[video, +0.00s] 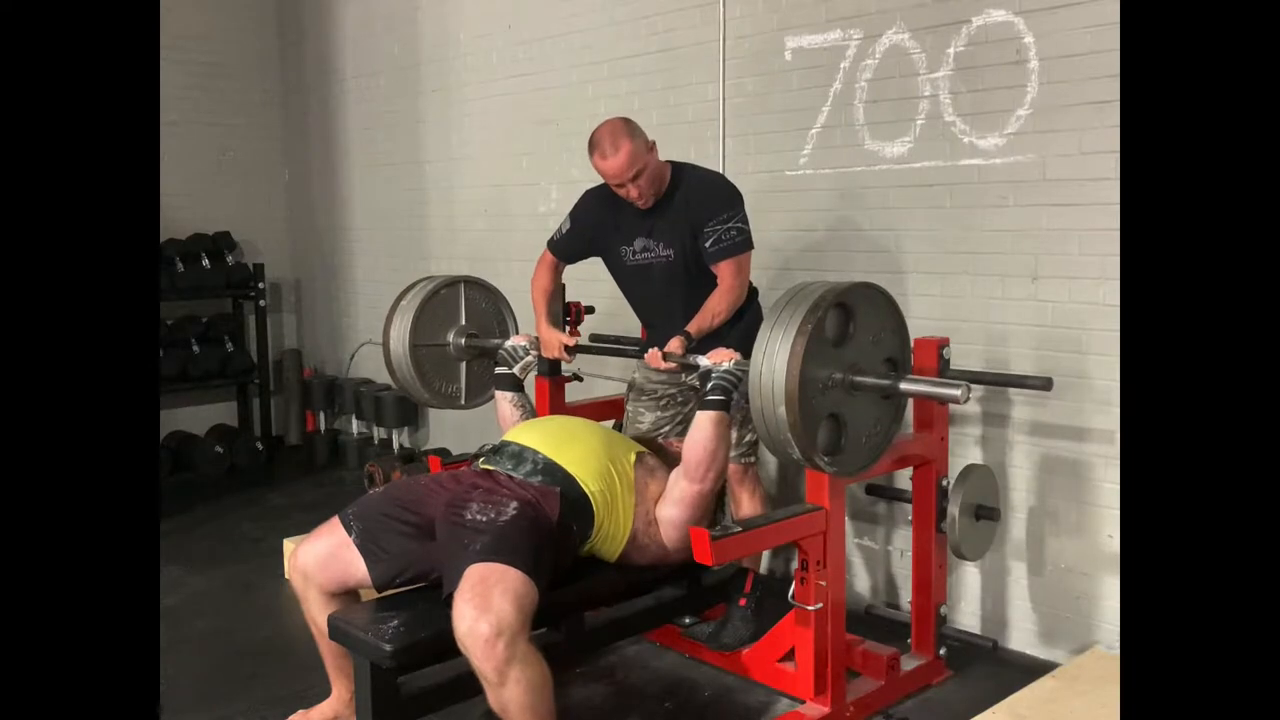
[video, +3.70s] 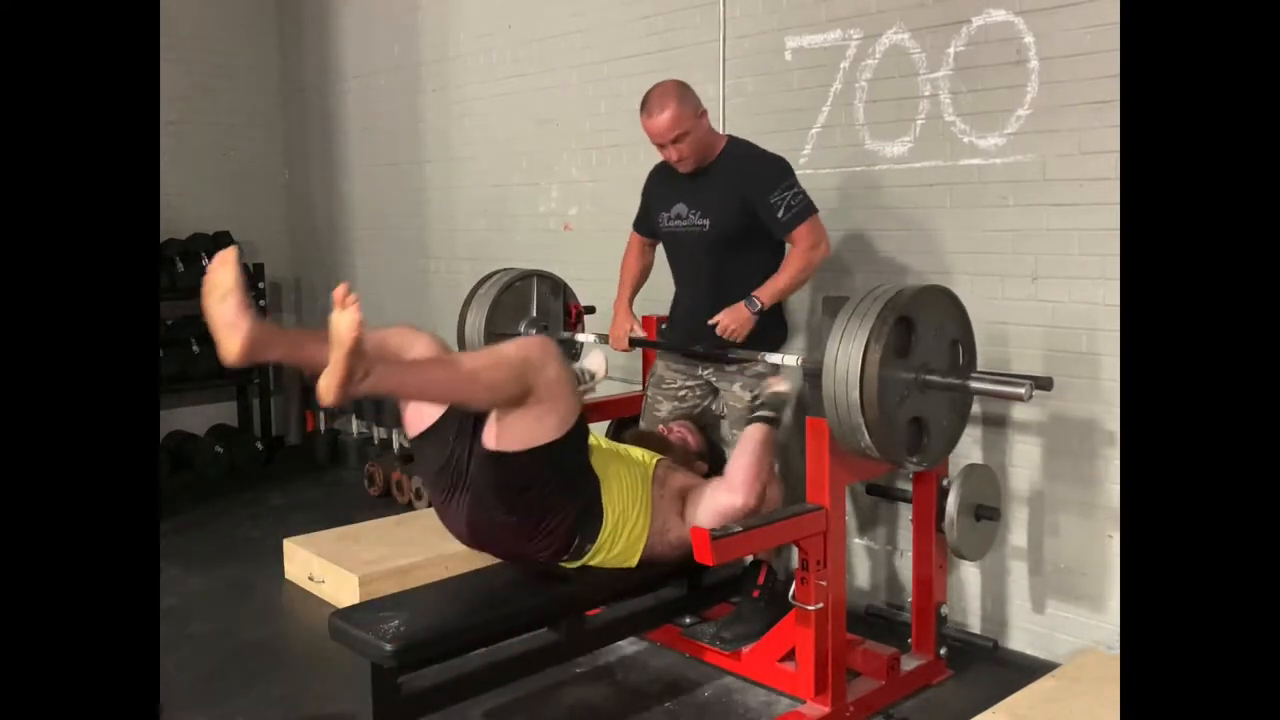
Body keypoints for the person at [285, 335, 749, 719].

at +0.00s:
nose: (672, 433)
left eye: (680, 435)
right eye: (670, 430)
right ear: (655, 435)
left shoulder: (662, 524)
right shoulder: (586, 449)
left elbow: (700, 471)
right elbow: (515, 446)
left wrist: (720, 386)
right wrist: (508, 375)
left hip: (524, 504)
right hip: (454, 480)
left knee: (487, 629)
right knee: (308, 561)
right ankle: (343, 698)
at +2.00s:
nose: (677, 438)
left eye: (689, 440)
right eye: (675, 432)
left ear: (699, 463)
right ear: (659, 437)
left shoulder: (674, 515)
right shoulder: (586, 448)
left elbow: (718, 459)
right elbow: (532, 435)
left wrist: (735, 376)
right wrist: (523, 362)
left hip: (529, 507)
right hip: (461, 483)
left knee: (493, 626)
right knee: (311, 563)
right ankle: (343, 698)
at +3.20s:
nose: (669, 431)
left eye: (683, 435)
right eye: (665, 425)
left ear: (699, 460)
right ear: (647, 428)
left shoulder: (684, 492)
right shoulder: (596, 447)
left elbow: (756, 478)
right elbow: (544, 432)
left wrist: (786, 385)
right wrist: (572, 363)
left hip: (548, 524)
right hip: (478, 495)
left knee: (452, 554)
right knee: (308, 530)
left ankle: (376, 713)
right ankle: (251, 702)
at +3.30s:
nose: (658, 427)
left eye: (673, 429)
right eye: (654, 421)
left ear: (695, 450)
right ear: (640, 426)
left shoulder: (685, 488)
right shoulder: (586, 453)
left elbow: (754, 478)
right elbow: (533, 450)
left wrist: (785, 388)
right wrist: (560, 379)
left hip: (554, 543)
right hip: (474, 514)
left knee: (466, 483)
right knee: (330, 463)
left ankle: (311, 636)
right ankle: (222, 618)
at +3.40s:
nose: (670, 419)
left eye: (686, 426)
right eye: (667, 417)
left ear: (703, 453)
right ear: (651, 426)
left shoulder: (690, 492)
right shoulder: (603, 447)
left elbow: (760, 476)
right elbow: (536, 433)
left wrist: (784, 386)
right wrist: (569, 370)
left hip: (553, 554)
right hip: (477, 528)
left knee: (507, 427)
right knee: (383, 405)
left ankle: (323, 499)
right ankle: (234, 488)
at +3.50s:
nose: (678, 430)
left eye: (693, 433)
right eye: (674, 426)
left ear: (708, 456)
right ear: (660, 433)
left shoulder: (701, 494)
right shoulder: (619, 460)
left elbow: (757, 479)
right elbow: (552, 440)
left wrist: (788, 386)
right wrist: (572, 369)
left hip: (542, 540)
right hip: (471, 513)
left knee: (549, 385)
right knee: (425, 366)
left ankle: (374, 390)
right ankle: (277, 376)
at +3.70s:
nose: (672, 432)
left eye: (688, 434)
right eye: (667, 428)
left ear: (708, 460)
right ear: (655, 435)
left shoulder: (702, 500)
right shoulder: (618, 462)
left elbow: (752, 478)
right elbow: (556, 438)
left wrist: (758, 426)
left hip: (547, 523)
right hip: (473, 497)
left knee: (540, 360)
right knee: (413, 345)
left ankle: (360, 382)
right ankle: (254, 337)